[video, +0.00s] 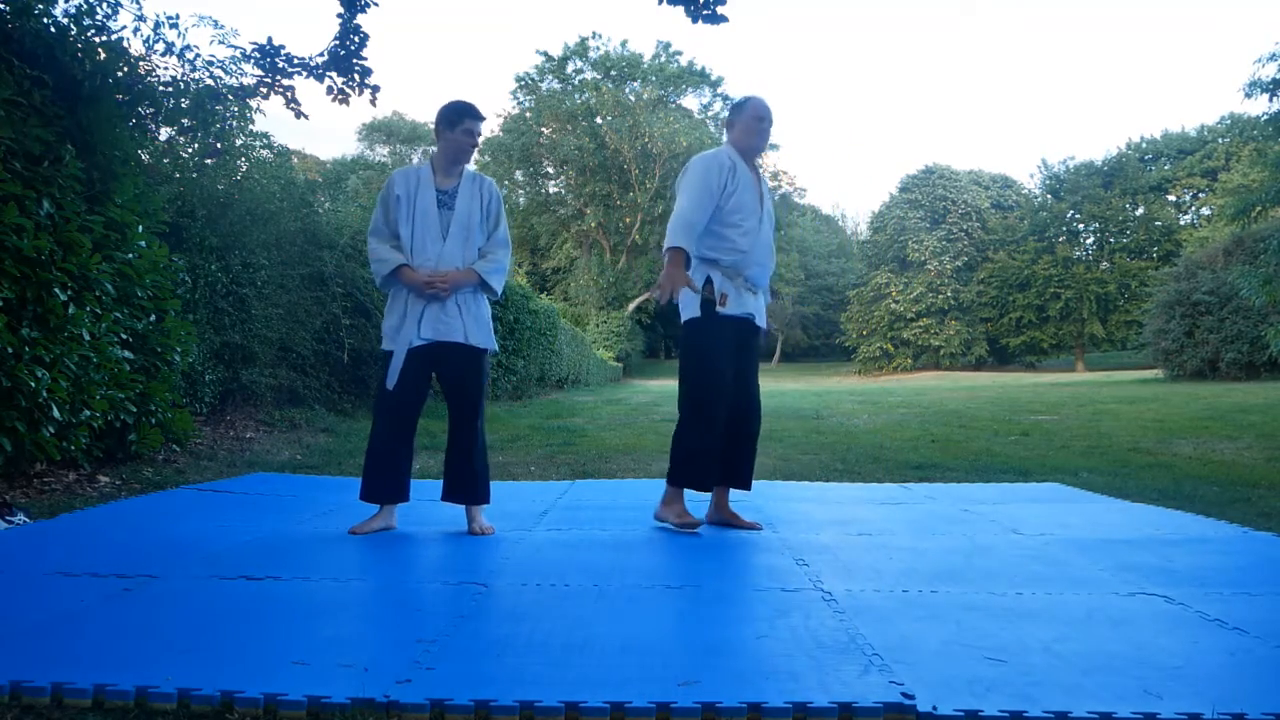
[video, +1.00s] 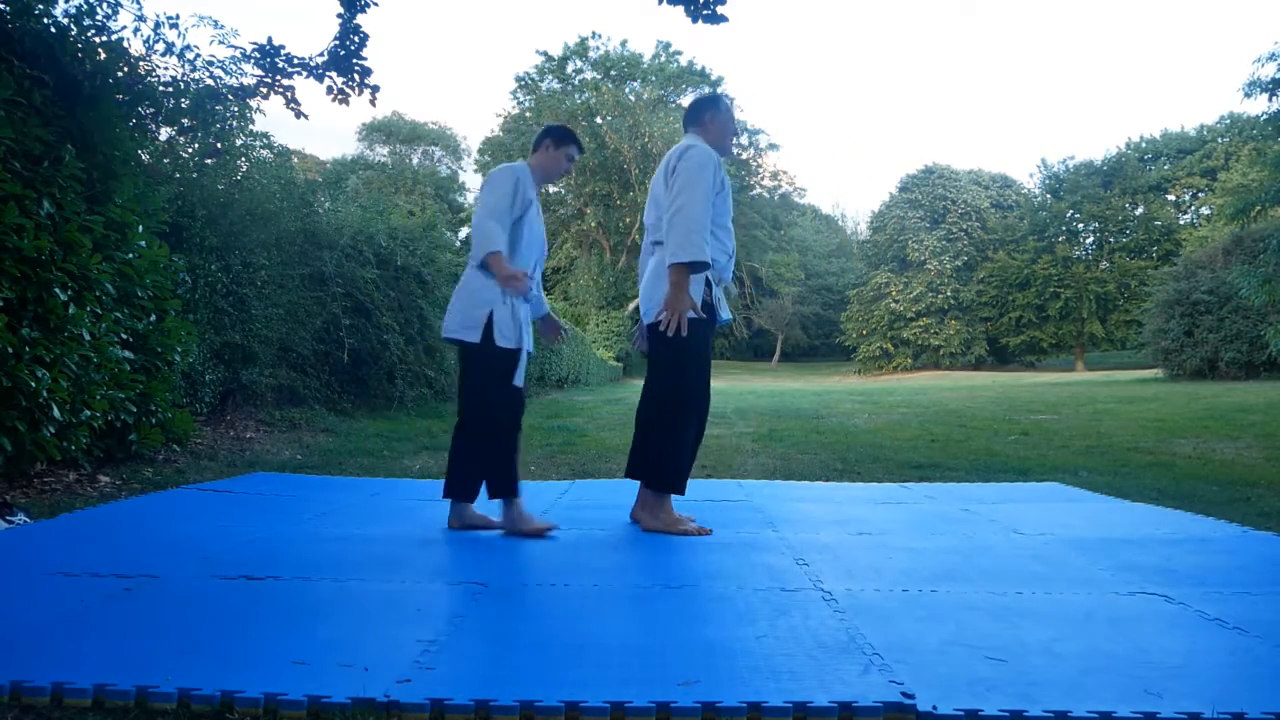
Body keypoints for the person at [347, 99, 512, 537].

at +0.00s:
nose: (475, 142)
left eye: (478, 135)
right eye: (468, 133)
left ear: (477, 139)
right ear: (441, 133)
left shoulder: (486, 191)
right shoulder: (401, 182)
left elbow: (499, 255)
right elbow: (378, 244)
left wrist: (462, 277)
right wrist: (410, 276)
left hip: (466, 322)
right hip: (411, 320)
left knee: (469, 419)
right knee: (394, 415)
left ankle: (475, 511)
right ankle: (387, 511)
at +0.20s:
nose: (482, 148)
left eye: (484, 141)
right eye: (476, 139)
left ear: (477, 143)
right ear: (450, 133)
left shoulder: (480, 191)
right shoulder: (407, 179)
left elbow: (491, 248)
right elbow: (382, 245)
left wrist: (479, 281)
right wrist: (426, 283)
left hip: (465, 319)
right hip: (412, 317)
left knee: (470, 415)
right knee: (393, 414)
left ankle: (475, 507)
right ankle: (387, 511)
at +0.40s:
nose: (502, 156)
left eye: (505, 150)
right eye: (499, 147)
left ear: (490, 146)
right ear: (474, 136)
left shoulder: (488, 197)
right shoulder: (425, 177)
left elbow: (488, 259)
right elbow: (401, 240)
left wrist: (496, 301)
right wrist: (431, 288)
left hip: (469, 323)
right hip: (417, 316)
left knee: (478, 407)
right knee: (396, 412)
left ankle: (464, 507)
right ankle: (387, 510)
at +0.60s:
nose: (532, 165)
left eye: (536, 159)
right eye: (530, 155)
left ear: (517, 152)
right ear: (508, 142)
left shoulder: (511, 204)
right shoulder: (456, 176)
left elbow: (510, 269)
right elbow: (427, 233)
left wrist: (507, 325)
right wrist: (430, 288)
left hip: (488, 320)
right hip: (441, 309)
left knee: (483, 413)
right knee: (409, 407)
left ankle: (464, 508)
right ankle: (384, 503)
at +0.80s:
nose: (553, 167)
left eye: (557, 162)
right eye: (552, 157)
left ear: (540, 156)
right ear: (529, 144)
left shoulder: (525, 209)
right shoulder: (485, 174)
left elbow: (520, 271)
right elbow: (457, 222)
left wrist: (523, 320)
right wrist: (445, 273)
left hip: (500, 317)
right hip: (462, 306)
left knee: (488, 412)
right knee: (447, 404)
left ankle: (463, 505)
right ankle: (422, 497)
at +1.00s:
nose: (567, 170)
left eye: (572, 164)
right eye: (567, 159)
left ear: (551, 155)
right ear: (545, 147)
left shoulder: (532, 199)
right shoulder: (510, 175)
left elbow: (529, 269)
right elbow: (486, 223)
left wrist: (541, 314)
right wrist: (501, 268)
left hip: (507, 315)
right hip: (491, 310)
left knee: (478, 408)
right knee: (505, 406)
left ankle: (461, 506)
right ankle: (512, 509)